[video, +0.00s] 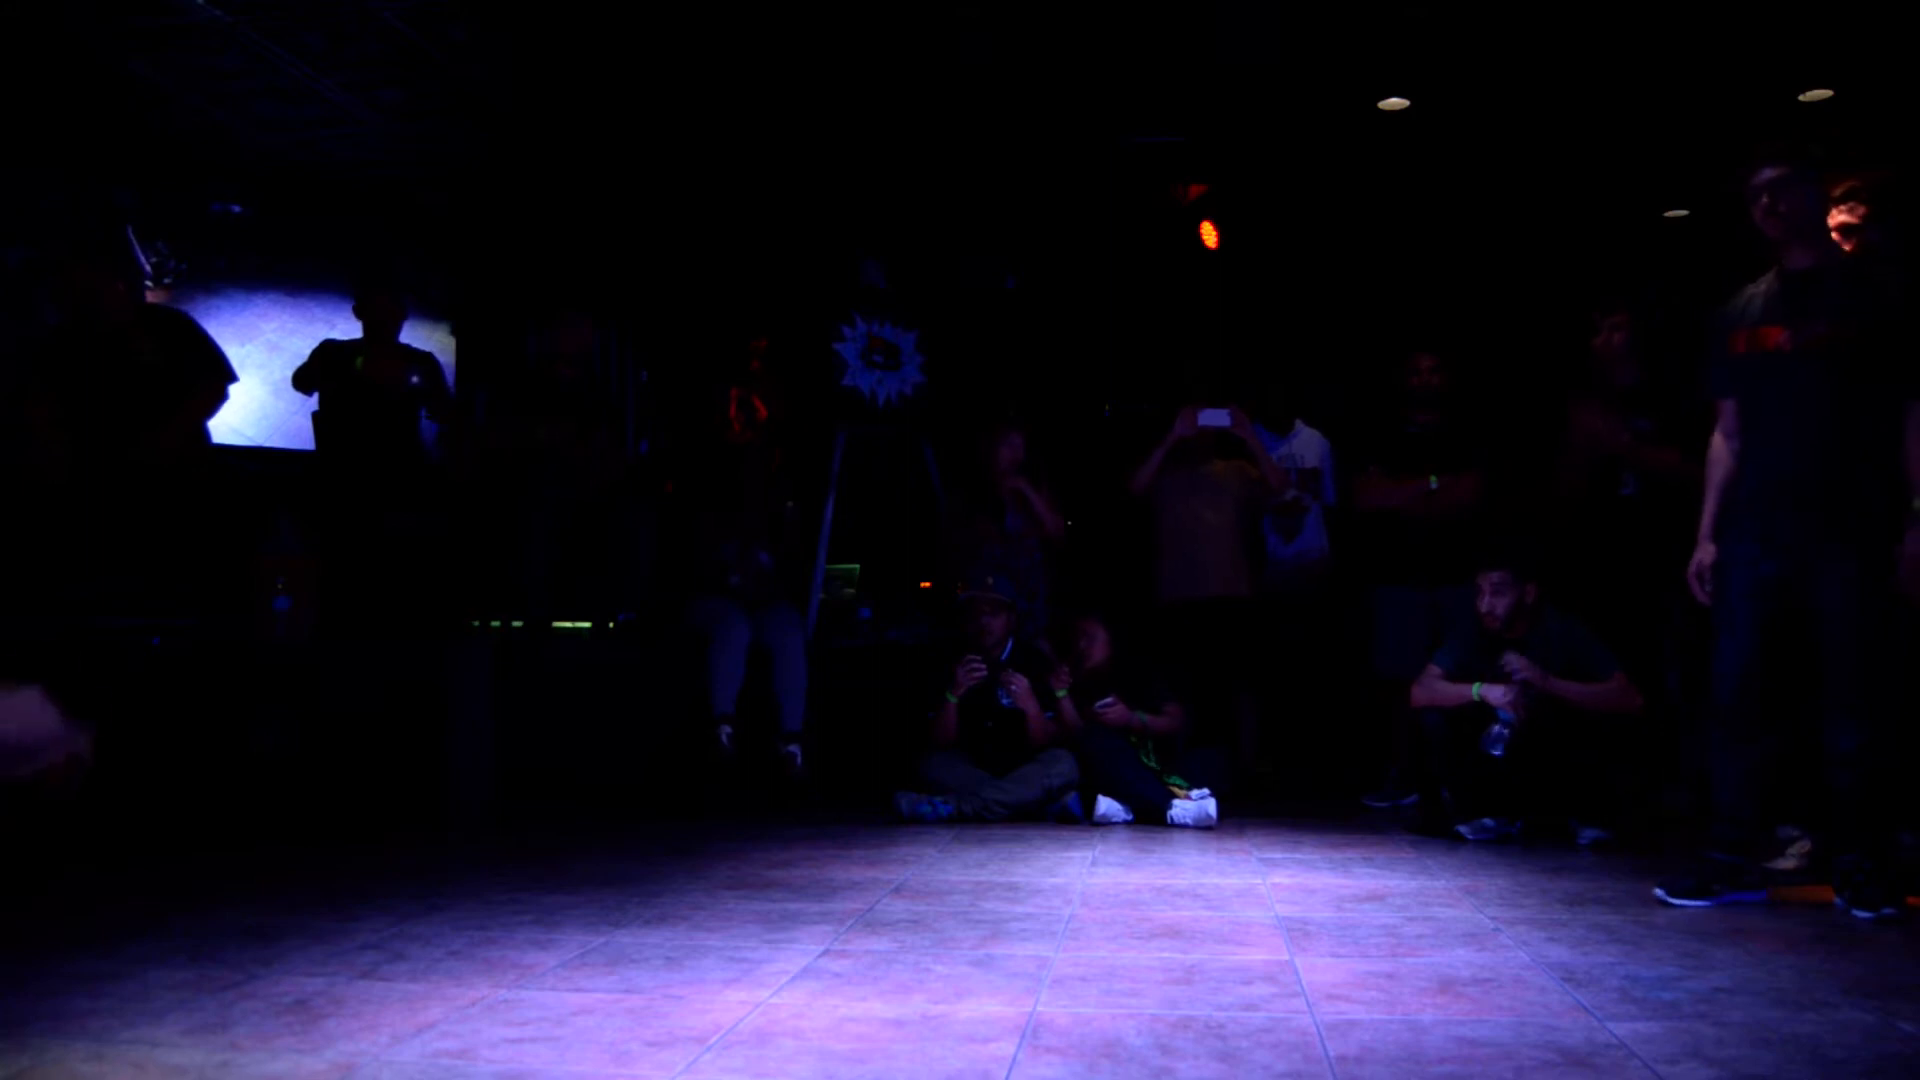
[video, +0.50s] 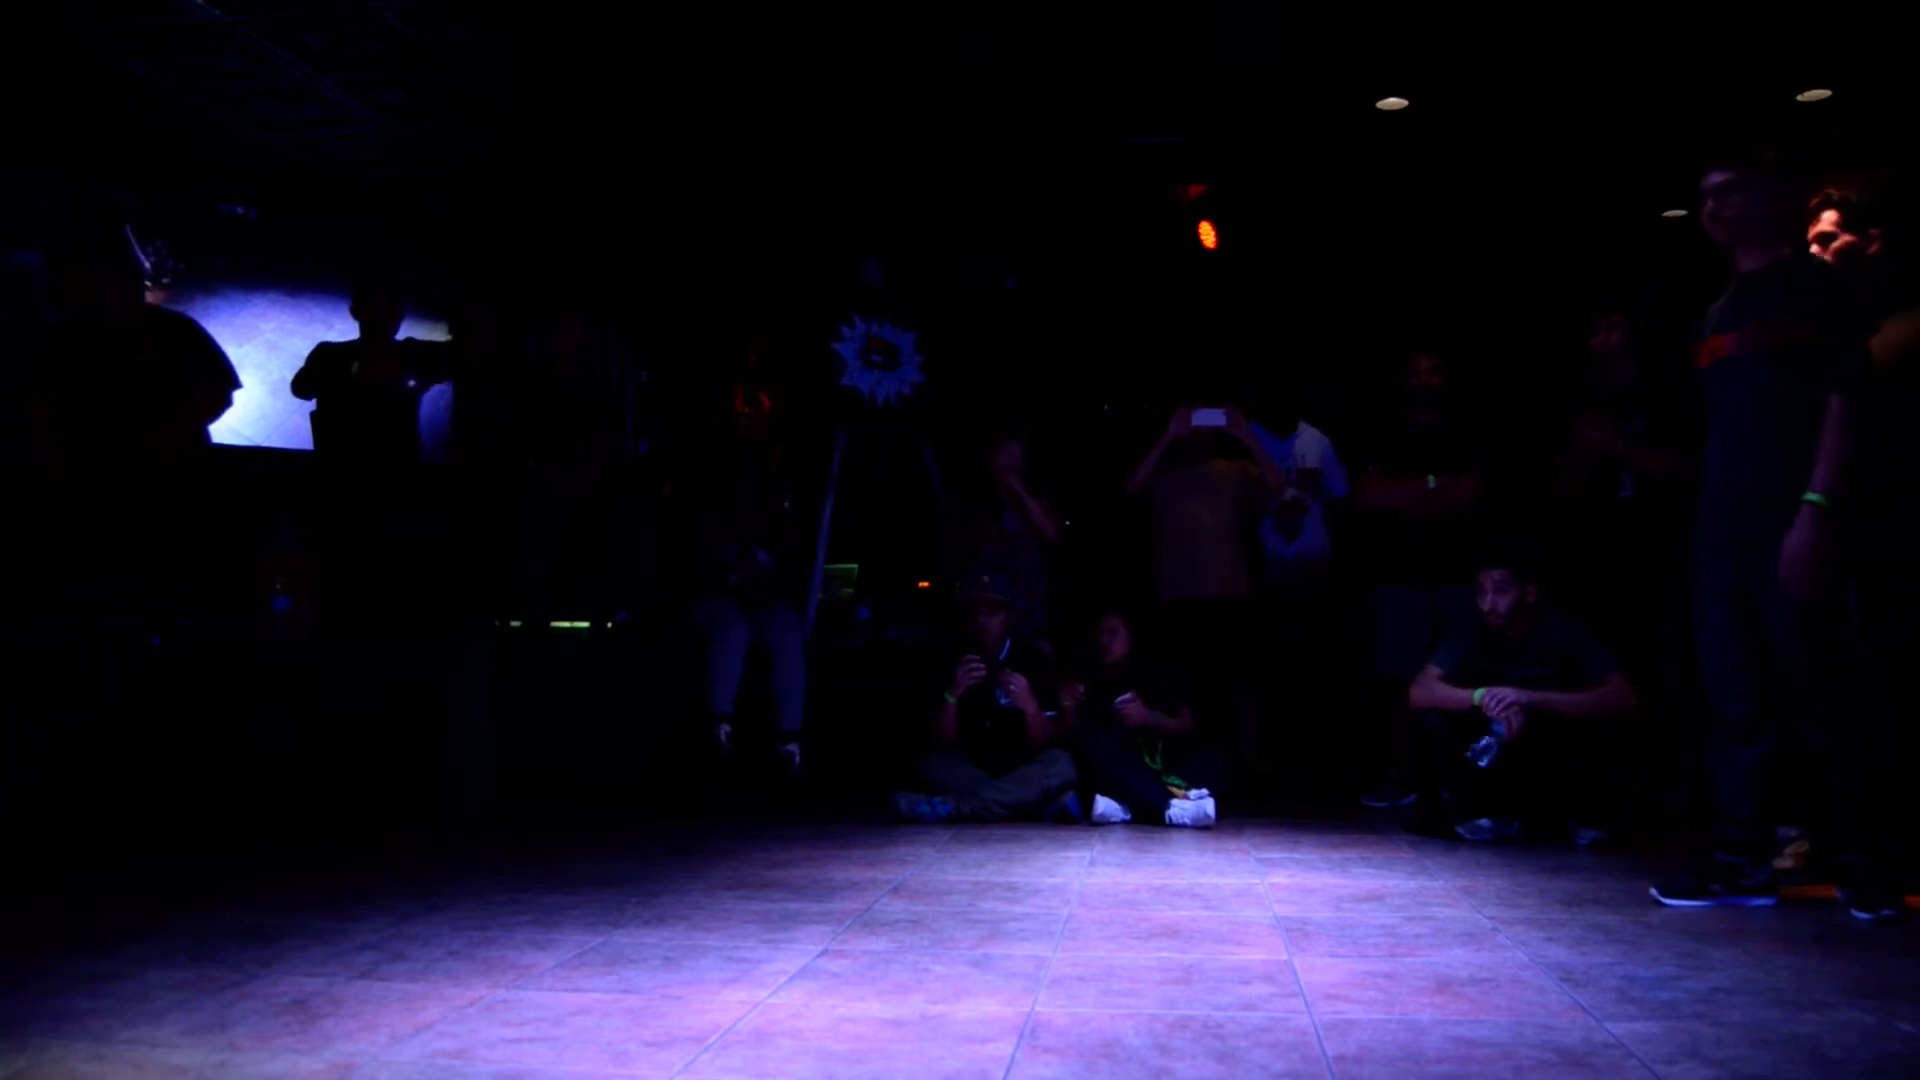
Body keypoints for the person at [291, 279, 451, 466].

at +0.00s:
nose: (384, 321)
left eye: (392, 311)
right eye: (376, 310)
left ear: (403, 315)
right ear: (358, 312)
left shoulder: (421, 363)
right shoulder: (332, 353)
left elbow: (443, 414)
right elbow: (300, 383)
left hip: (401, 459)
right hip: (343, 456)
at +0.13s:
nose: (382, 321)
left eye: (390, 310)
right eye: (375, 309)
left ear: (402, 314)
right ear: (358, 310)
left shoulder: (420, 360)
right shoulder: (332, 353)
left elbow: (448, 400)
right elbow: (301, 383)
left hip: (401, 458)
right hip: (342, 456)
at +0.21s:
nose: (380, 319)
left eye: (388, 309)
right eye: (373, 308)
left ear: (400, 313)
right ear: (356, 309)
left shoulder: (416, 357)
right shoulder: (330, 353)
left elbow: (452, 391)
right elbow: (300, 384)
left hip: (401, 458)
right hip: (342, 458)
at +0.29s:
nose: (382, 319)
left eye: (390, 309)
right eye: (374, 309)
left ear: (401, 313)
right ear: (357, 310)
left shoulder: (416, 355)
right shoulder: (331, 353)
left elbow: (456, 378)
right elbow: (300, 385)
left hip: (401, 455)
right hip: (342, 456)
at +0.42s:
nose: (383, 320)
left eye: (391, 309)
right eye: (375, 309)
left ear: (403, 313)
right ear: (358, 311)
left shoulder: (414, 355)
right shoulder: (332, 354)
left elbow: (461, 354)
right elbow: (302, 387)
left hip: (401, 458)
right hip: (343, 458)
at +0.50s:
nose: (382, 319)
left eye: (390, 309)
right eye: (373, 308)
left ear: (400, 313)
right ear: (355, 311)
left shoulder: (411, 354)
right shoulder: (329, 355)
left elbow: (459, 354)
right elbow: (300, 389)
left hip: (399, 458)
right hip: (341, 458)